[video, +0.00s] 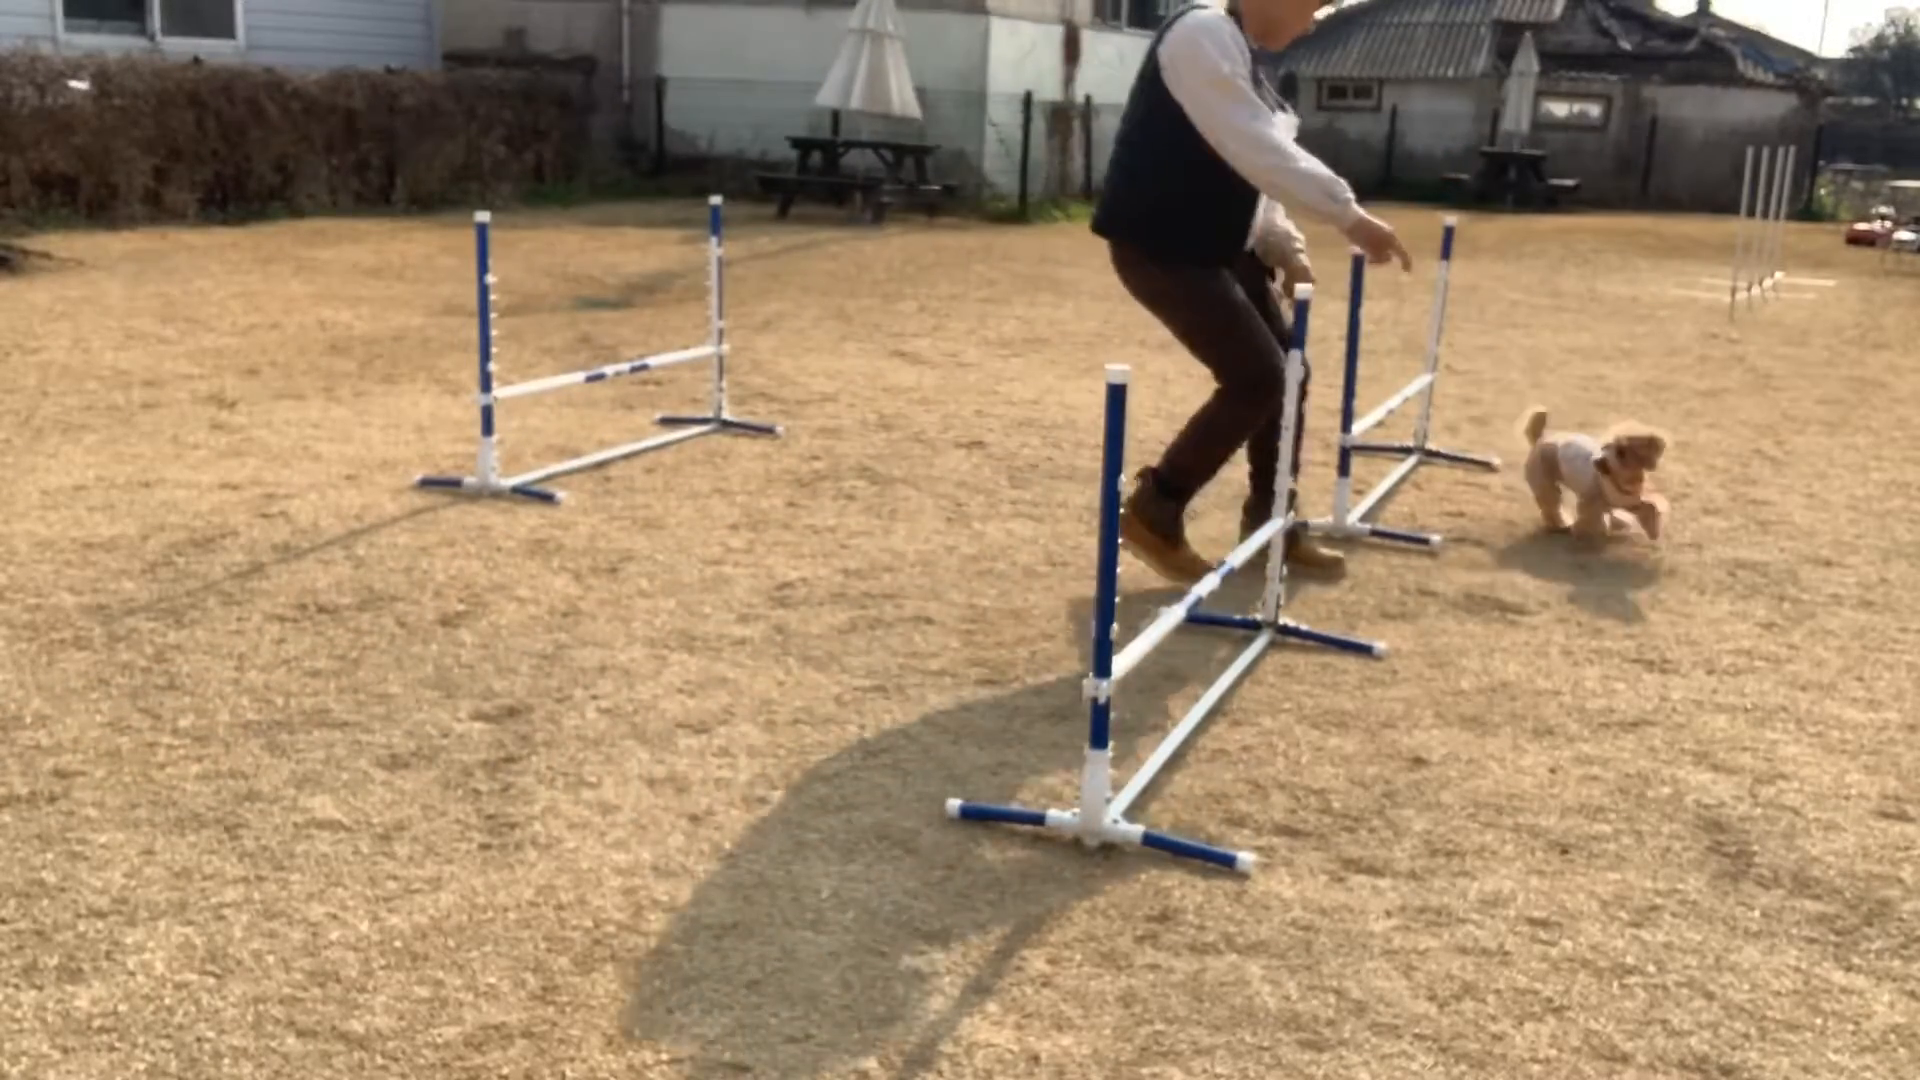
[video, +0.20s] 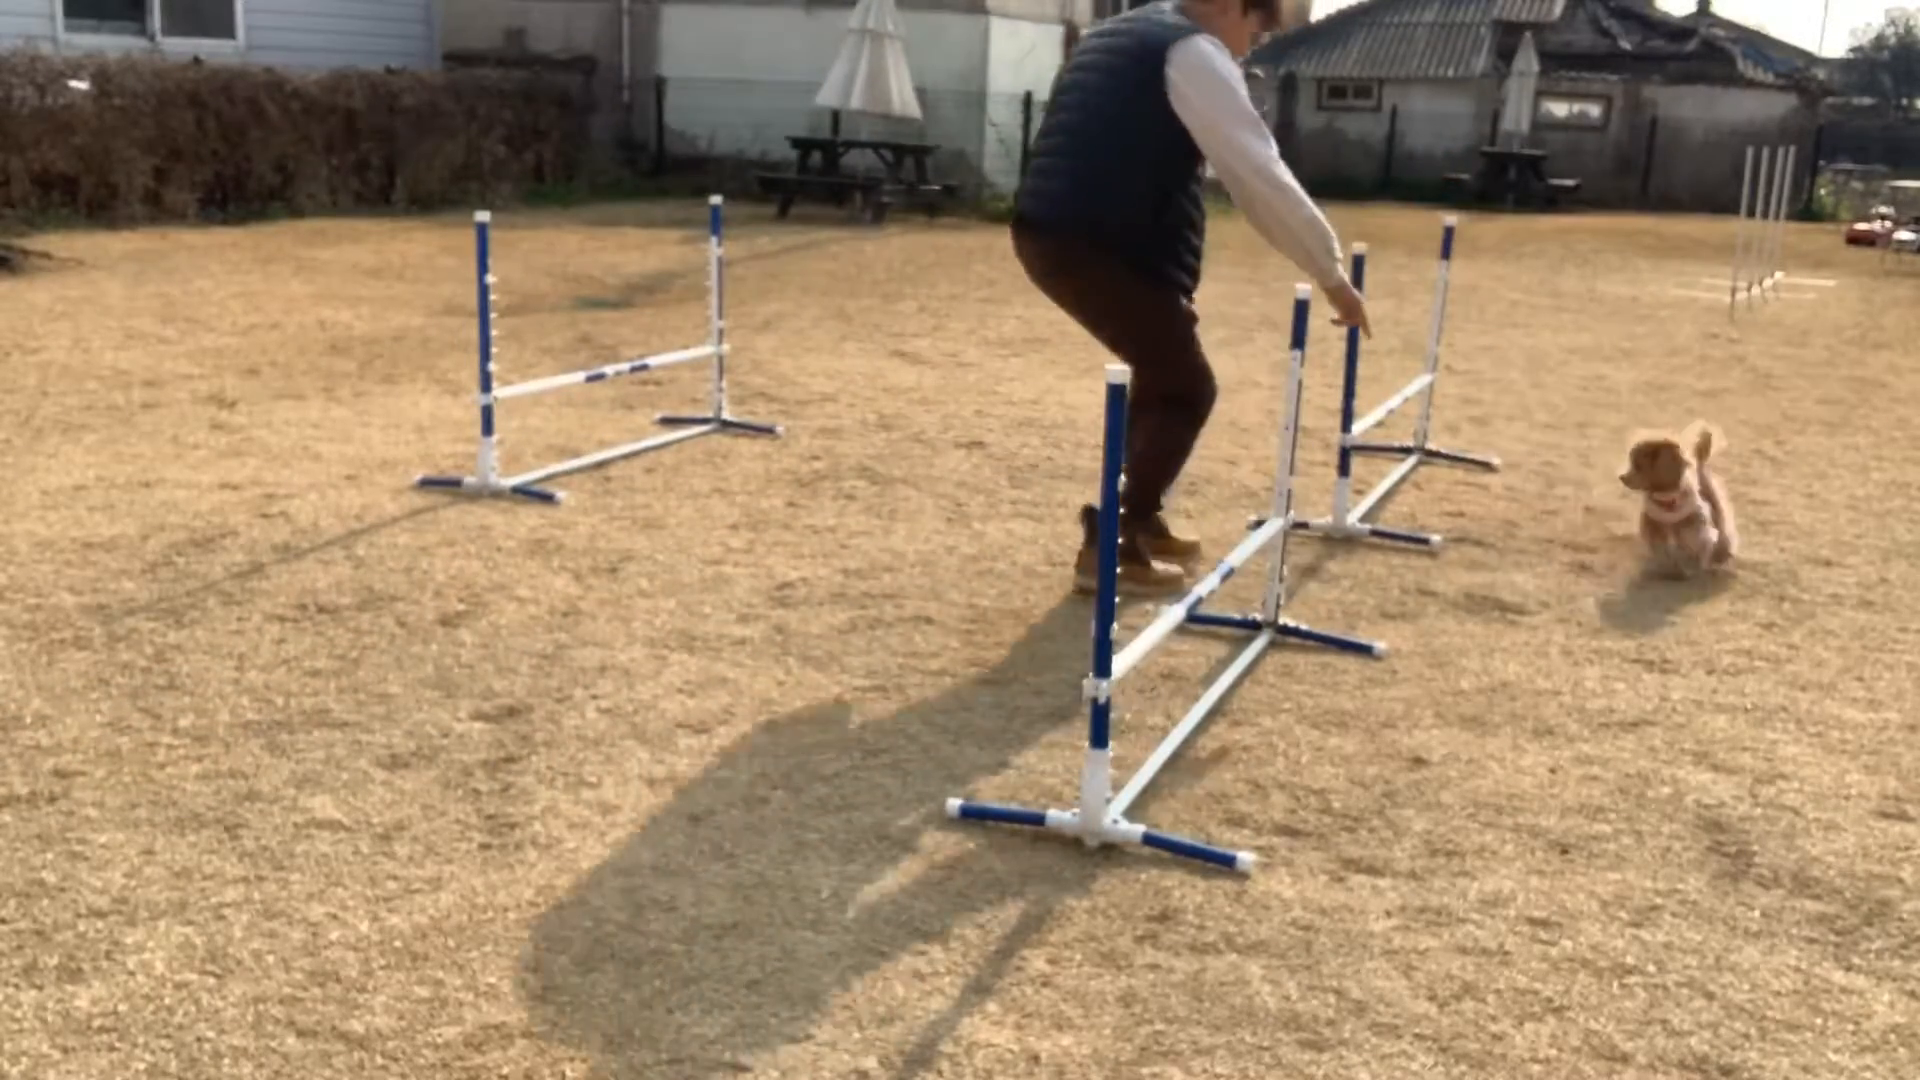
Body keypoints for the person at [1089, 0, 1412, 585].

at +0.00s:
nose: (1314, 23)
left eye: (1318, 12)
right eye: (1312, 8)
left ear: (1272, 6)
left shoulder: (1251, 63)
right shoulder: (1200, 33)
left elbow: (1247, 181)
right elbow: (1254, 147)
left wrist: (1286, 251)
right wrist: (1352, 217)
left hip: (1223, 246)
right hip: (1159, 246)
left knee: (1285, 373)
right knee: (1256, 379)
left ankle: (1271, 526)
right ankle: (1154, 510)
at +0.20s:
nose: (1251, 47)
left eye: (1260, 36)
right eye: (1256, 29)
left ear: (1202, 4)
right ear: (1227, 5)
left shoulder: (1120, 33)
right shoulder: (1192, 52)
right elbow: (1260, 176)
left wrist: (1165, 289)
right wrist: (1334, 280)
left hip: (1046, 228)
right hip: (1090, 239)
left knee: (1169, 371)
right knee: (1187, 388)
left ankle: (1138, 518)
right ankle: (1116, 543)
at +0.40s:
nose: (1129, 62)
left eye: (1139, 55)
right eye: (1136, 47)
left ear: (1071, 10)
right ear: (1116, 16)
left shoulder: (971, 45)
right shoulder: (1102, 73)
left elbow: (937, 146)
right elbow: (1153, 198)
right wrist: (1199, 305)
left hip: (930, 243)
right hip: (1021, 256)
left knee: (923, 402)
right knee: (1099, 395)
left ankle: (819, 532)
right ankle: (1105, 550)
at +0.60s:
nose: (1002, 72)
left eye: (1009, 62)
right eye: (1007, 59)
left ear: (943, 18)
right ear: (983, 29)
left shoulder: (838, 50)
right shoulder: (983, 86)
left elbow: (761, 164)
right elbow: (1009, 216)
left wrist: (723, 273)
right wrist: (1035, 323)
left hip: (807, 244)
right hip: (903, 254)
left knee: (825, 398)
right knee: (991, 380)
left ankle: (780, 565)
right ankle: (977, 552)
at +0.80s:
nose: (946, 58)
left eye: (954, 46)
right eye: (950, 43)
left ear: (876, 8)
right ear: (924, 13)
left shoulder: (775, 35)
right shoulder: (929, 75)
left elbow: (692, 143)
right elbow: (936, 224)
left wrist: (616, 250)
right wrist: (904, 320)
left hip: (741, 238)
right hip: (837, 252)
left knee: (767, 401)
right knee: (860, 437)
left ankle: (771, 570)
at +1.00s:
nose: (942, 45)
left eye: (952, 30)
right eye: (949, 24)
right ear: (914, 1)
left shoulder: (763, 32)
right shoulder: (882, 61)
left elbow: (672, 155)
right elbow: (891, 213)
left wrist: (620, 281)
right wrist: (884, 332)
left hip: (664, 237)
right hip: (735, 255)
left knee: (748, 413)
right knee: (789, 480)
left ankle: (773, 574)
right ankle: (655, 642)